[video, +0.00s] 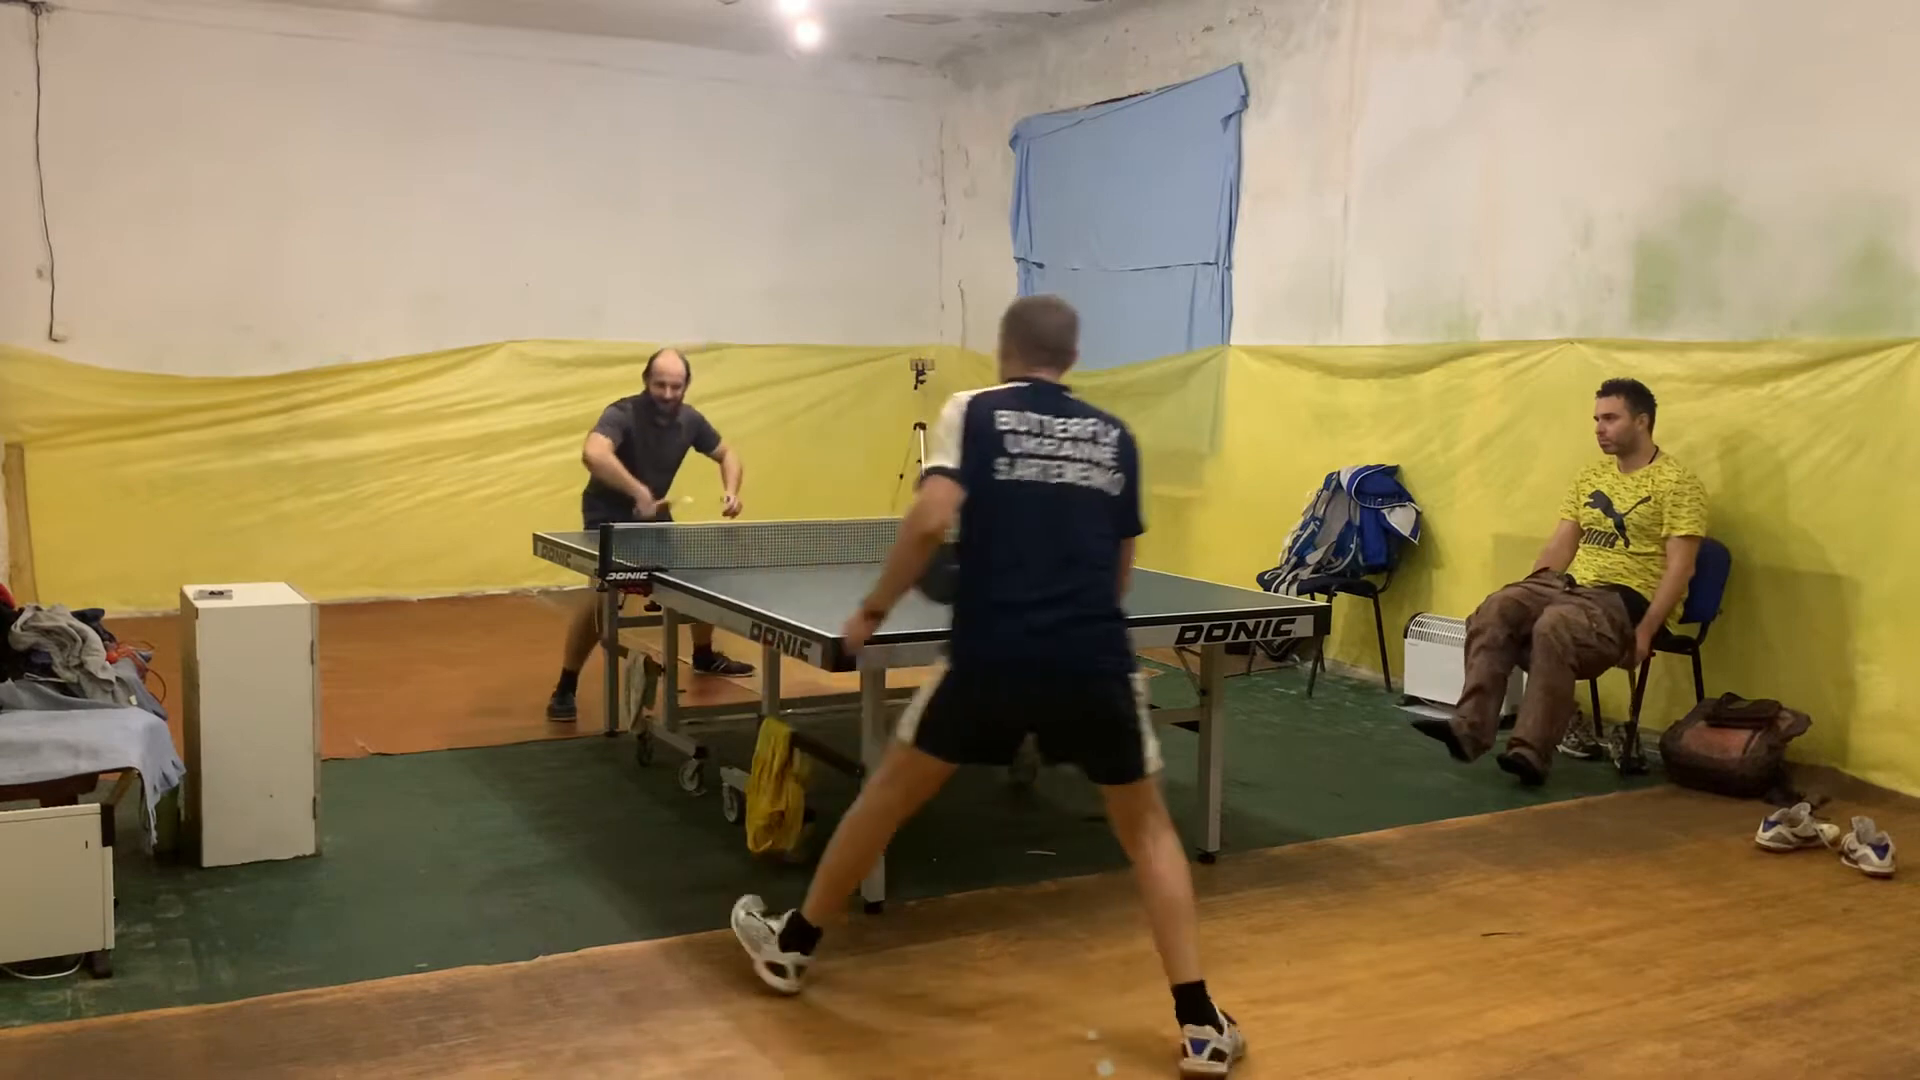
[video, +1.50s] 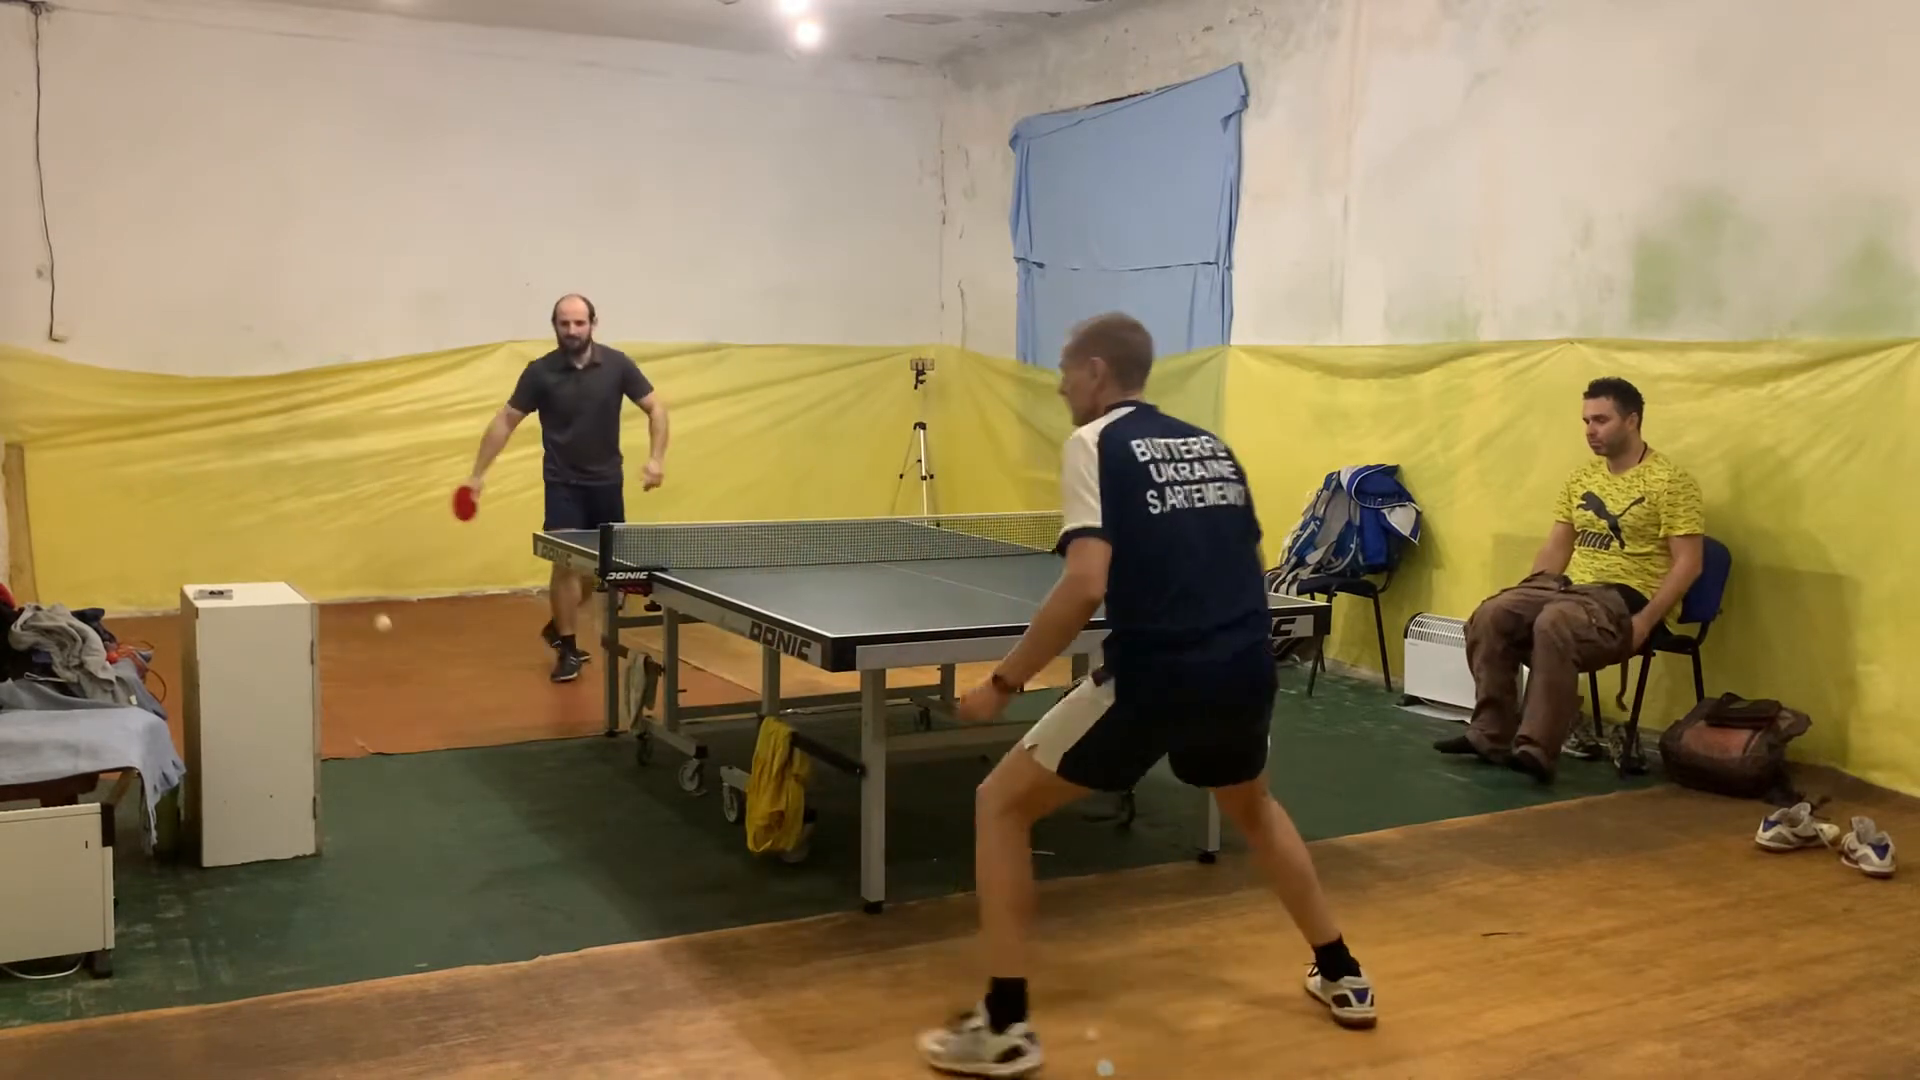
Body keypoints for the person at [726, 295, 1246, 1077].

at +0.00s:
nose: (1005, 363)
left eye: (1003, 351)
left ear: (1003, 355)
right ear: (1073, 362)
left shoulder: (970, 410)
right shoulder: (1115, 434)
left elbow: (931, 519)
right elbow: (1120, 570)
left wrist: (870, 612)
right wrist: (1080, 628)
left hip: (991, 665)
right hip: (1093, 672)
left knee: (888, 799)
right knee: (1147, 828)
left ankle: (794, 943)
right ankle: (1201, 1019)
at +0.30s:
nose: (1090, 383)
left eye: (1093, 372)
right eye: (1095, 373)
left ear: (1103, 375)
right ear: (1171, 384)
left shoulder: (1075, 440)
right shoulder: (1219, 455)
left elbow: (1031, 566)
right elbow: (1249, 584)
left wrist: (1003, 625)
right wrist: (1203, 624)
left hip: (1113, 689)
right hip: (1220, 689)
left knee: (1003, 827)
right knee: (1274, 823)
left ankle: (966, 1029)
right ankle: (1371, 1006)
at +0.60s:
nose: (1061, 410)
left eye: (1064, 398)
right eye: (1064, 398)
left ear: (1079, 399)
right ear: (1135, 409)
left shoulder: (1078, 444)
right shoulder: (1174, 471)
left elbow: (1039, 563)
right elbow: (1176, 583)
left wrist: (939, 607)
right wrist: (1096, 652)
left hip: (1126, 680)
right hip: (1223, 675)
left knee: (992, 815)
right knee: (1246, 838)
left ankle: (964, 1033)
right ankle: (1368, 1007)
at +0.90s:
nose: (1057, 331)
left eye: (1059, 319)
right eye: (1060, 318)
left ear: (1074, 320)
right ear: (1135, 331)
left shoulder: (1070, 379)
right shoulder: (1182, 399)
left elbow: (1063, 491)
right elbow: (1184, 508)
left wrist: (994, 612)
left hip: (1108, 636)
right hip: (1206, 630)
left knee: (997, 789)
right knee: (1243, 791)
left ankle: (963, 1001)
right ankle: (1338, 952)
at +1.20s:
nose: (1104, 378)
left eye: (1106, 366)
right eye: (1108, 365)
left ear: (1121, 365)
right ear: (1183, 375)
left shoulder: (1096, 431)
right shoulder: (1234, 449)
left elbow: (1059, 567)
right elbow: (1264, 583)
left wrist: (1000, 667)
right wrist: (1189, 601)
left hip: (1123, 682)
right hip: (1228, 679)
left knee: (1004, 814)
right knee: (1262, 804)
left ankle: (946, 1017)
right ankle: (1343, 973)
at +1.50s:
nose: (1062, 385)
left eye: (1067, 370)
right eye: (1063, 370)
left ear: (1097, 372)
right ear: (1136, 378)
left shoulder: (1094, 444)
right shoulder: (1209, 444)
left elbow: (1086, 581)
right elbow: (1251, 564)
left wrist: (1002, 681)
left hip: (1148, 681)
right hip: (1242, 674)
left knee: (1002, 802)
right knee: (1252, 801)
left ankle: (1004, 1019)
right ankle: (1341, 970)